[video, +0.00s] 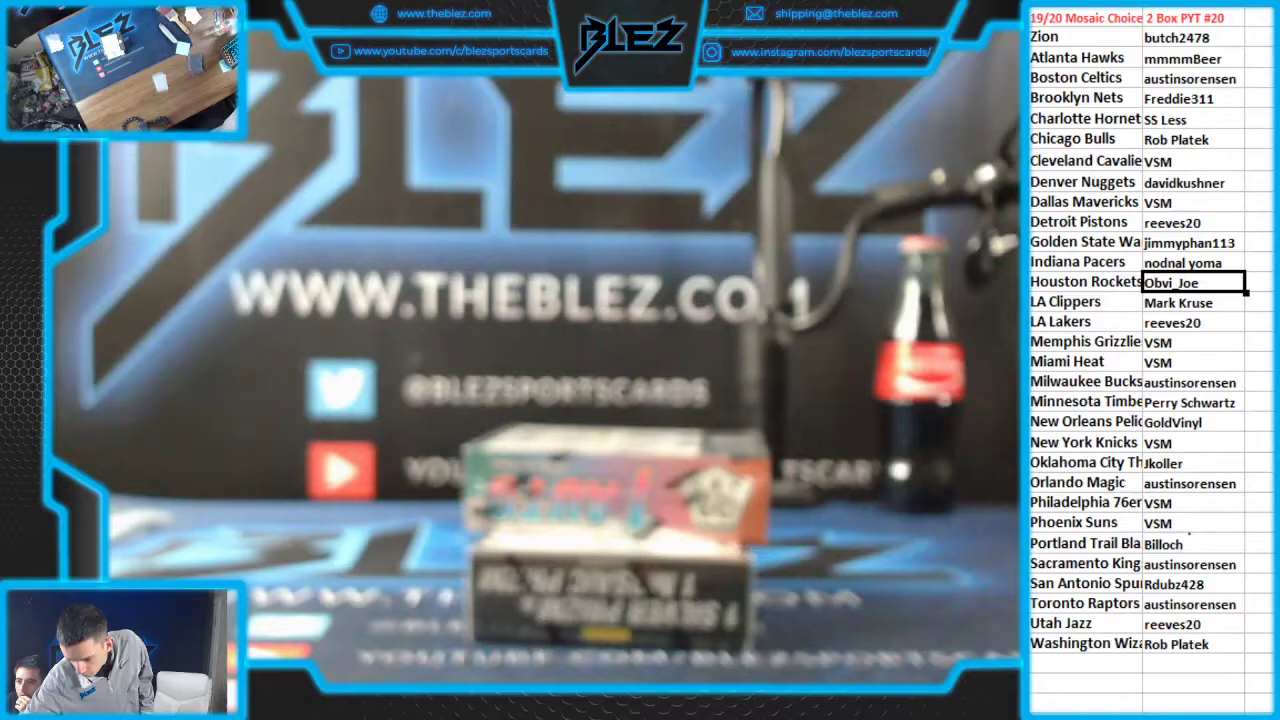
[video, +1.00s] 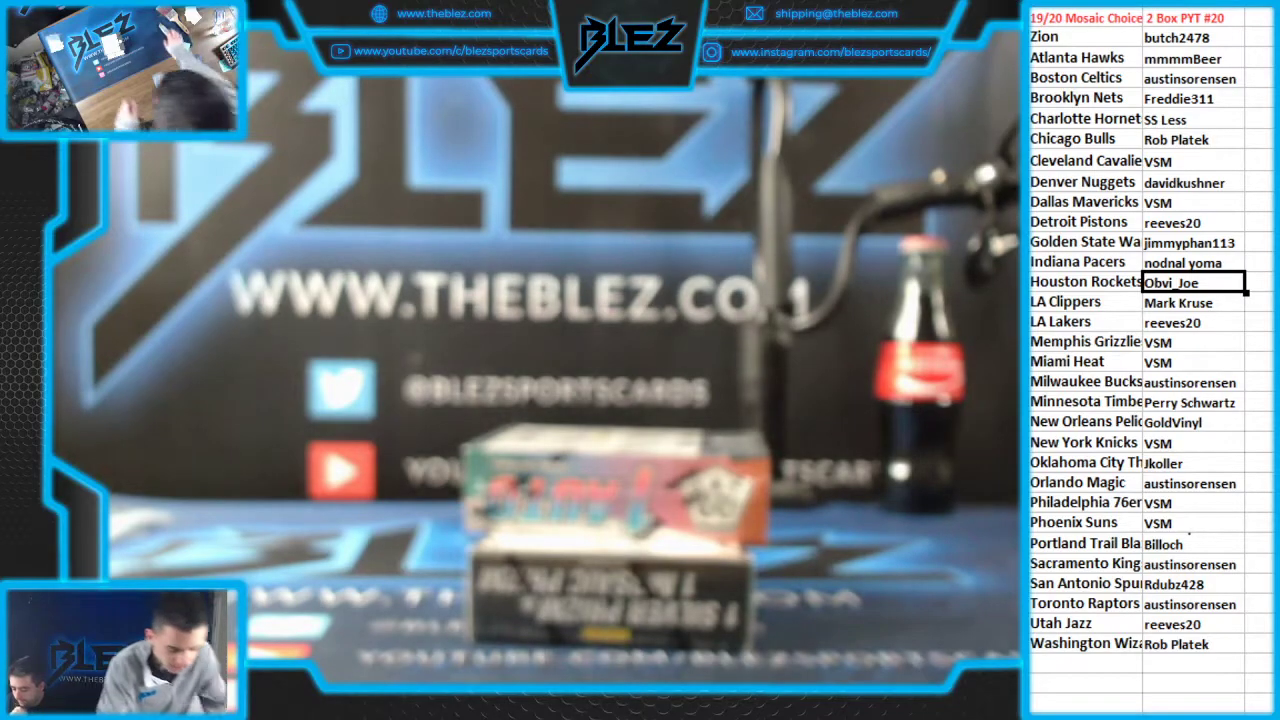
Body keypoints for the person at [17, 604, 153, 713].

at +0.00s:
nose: (80, 670)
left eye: (87, 659)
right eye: (72, 660)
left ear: (108, 645)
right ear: (63, 650)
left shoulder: (131, 642)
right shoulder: (59, 679)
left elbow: (146, 688)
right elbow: (32, 716)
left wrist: (145, 716)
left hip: (128, 716)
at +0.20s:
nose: (85, 657)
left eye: (92, 647)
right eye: (77, 649)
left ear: (113, 635)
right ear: (68, 641)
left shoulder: (134, 639)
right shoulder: (61, 672)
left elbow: (146, 687)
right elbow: (35, 713)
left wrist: (146, 715)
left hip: (130, 714)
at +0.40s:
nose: (98, 646)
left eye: (106, 635)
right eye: (89, 636)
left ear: (124, 625)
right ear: (81, 629)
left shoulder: (139, 636)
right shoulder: (70, 661)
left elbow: (148, 688)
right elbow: (51, 711)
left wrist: (148, 714)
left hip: (134, 714)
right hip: (93, 714)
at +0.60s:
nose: (121, 641)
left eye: (130, 631)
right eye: (112, 632)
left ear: (142, 620)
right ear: (98, 624)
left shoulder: (151, 638)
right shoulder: (81, 659)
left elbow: (155, 692)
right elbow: (72, 708)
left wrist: (155, 714)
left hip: (144, 716)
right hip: (103, 716)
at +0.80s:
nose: (148, 646)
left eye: (157, 635)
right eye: (138, 637)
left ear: (168, 624)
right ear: (120, 627)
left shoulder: (175, 644)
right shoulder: (99, 661)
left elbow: (179, 703)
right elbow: (87, 712)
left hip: (159, 713)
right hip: (118, 714)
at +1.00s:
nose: (184, 660)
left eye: (193, 650)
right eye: (173, 650)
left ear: (203, 640)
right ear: (150, 637)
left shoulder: (204, 657)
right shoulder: (124, 666)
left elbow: (218, 708)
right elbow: (113, 715)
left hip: (184, 713)